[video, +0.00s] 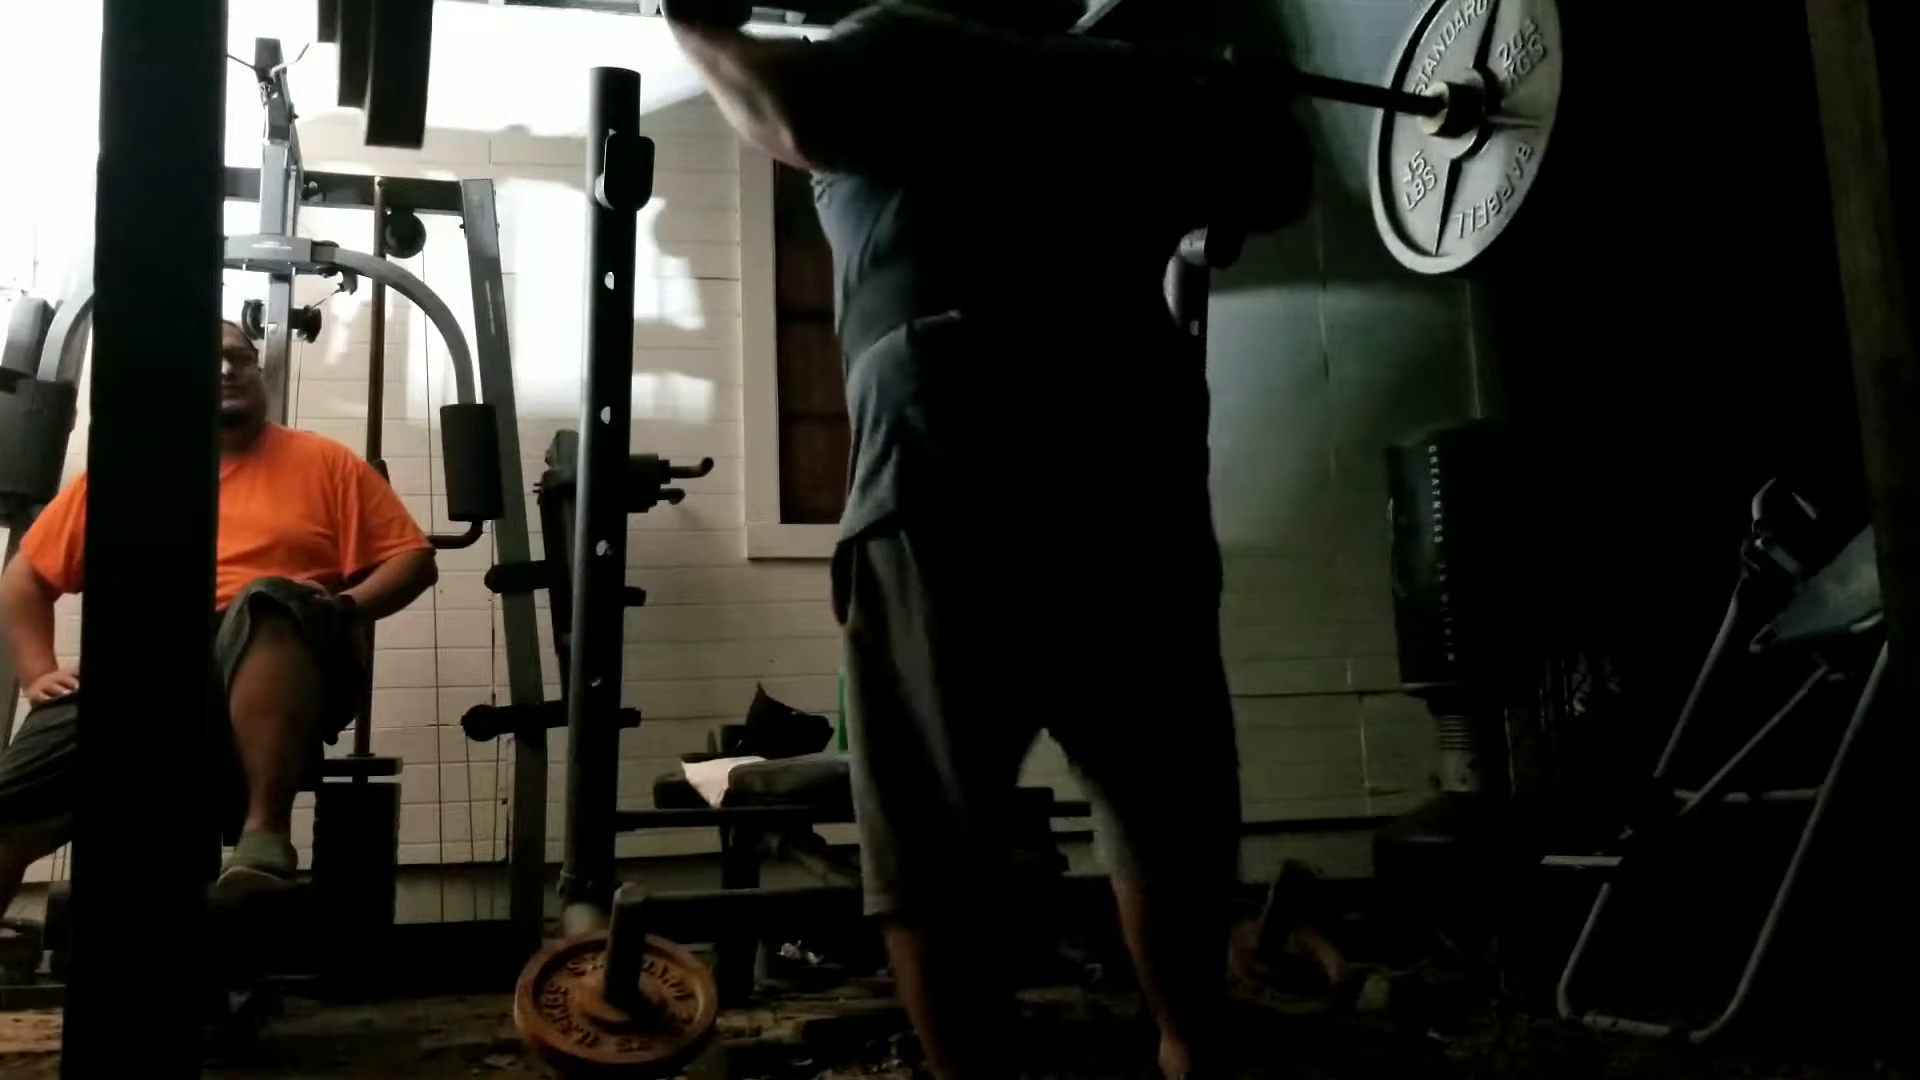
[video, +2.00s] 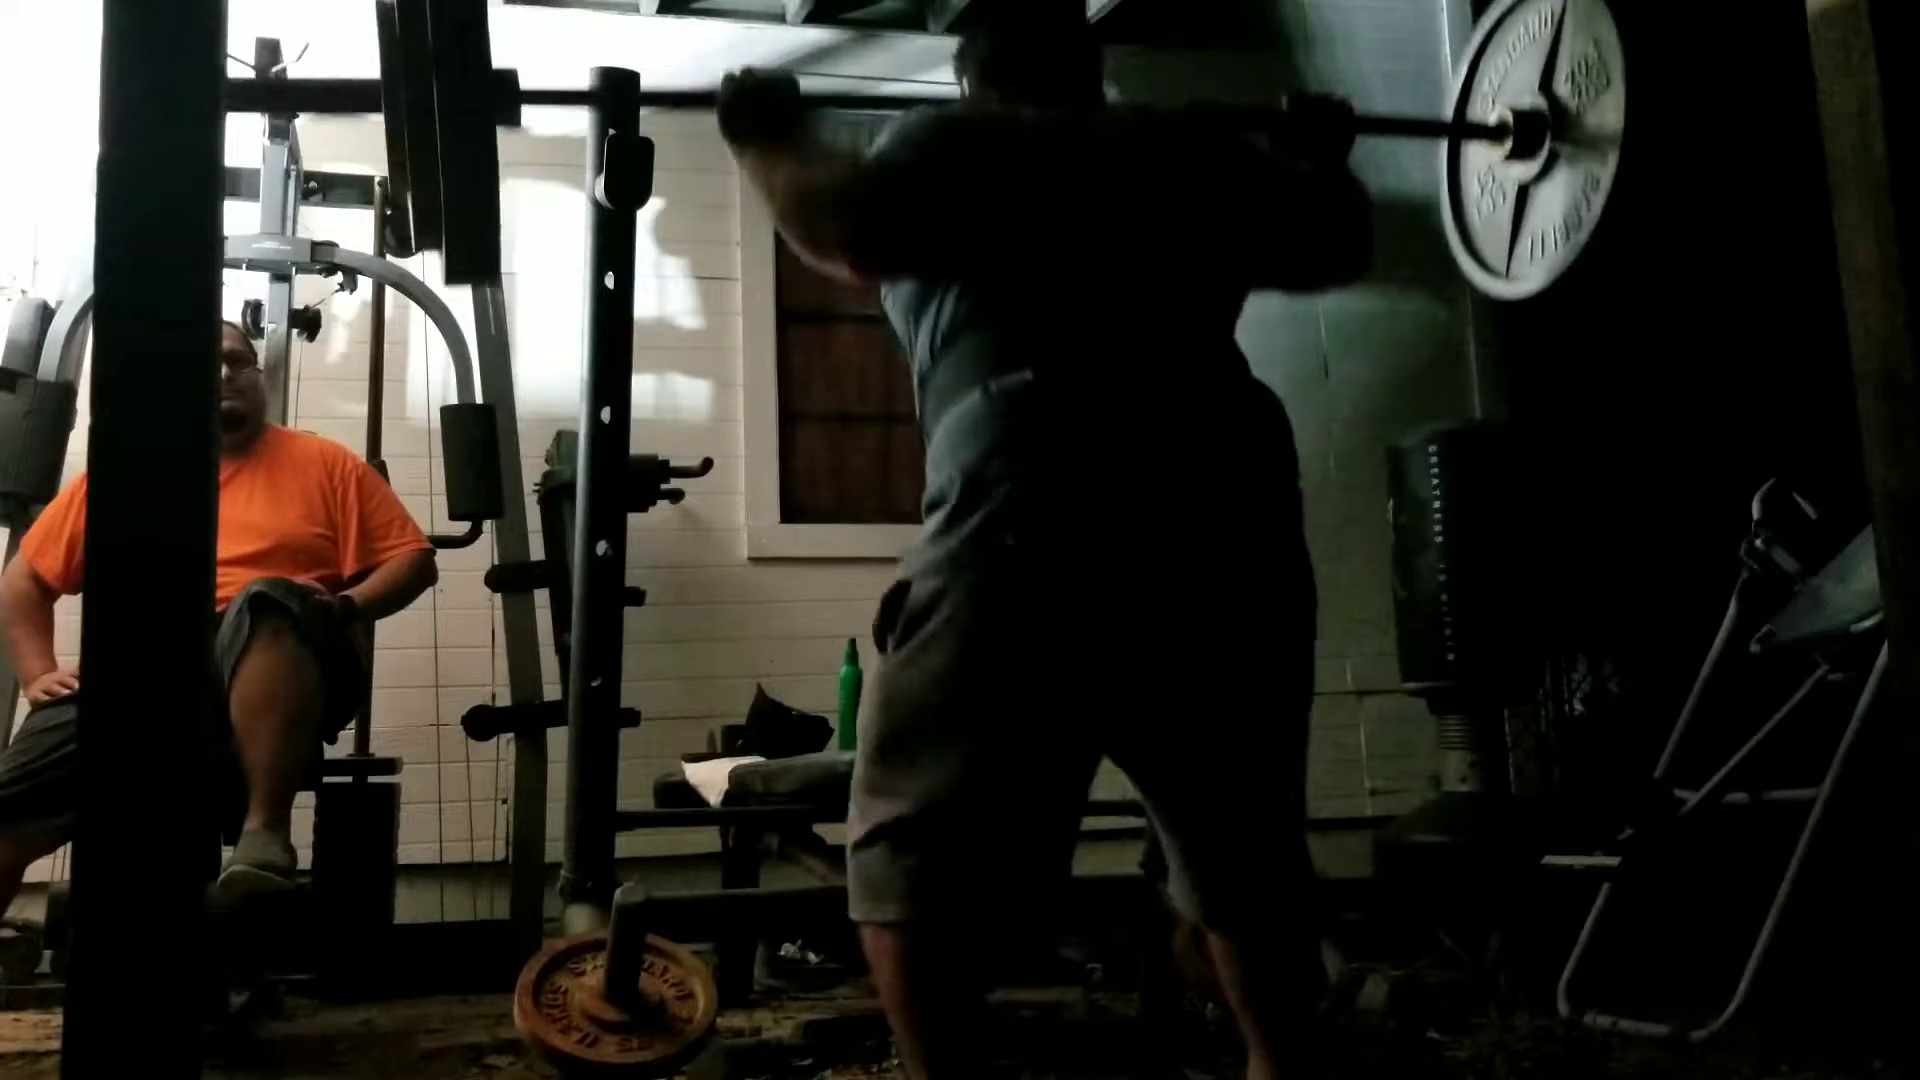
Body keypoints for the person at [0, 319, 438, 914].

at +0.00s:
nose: (228, 370)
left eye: (240, 358)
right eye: (211, 360)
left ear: (263, 374)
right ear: (185, 378)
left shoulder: (325, 463)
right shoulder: (133, 466)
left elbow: (414, 558)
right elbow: (24, 575)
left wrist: (347, 603)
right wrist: (37, 670)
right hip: (144, 666)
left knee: (272, 603)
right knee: (13, 805)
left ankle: (265, 830)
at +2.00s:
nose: (225, 374)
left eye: (238, 361)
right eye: (209, 362)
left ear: (263, 377)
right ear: (184, 379)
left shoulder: (325, 464)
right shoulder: (130, 468)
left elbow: (413, 558)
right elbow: (24, 575)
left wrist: (349, 603)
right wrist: (38, 671)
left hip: (283, 667)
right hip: (143, 666)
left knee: (272, 604)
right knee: (10, 817)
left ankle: (264, 830)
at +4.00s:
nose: (224, 377)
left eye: (237, 363)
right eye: (208, 364)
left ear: (262, 377)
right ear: (183, 380)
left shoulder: (324, 464)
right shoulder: (131, 468)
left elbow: (414, 559)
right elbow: (24, 575)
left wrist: (346, 604)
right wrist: (37, 672)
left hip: (285, 669)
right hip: (143, 666)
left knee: (272, 604)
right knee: (10, 810)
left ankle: (265, 829)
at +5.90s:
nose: (225, 376)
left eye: (238, 362)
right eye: (209, 363)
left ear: (264, 377)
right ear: (184, 378)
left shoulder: (324, 464)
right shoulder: (131, 467)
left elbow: (415, 560)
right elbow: (24, 576)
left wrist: (345, 605)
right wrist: (37, 671)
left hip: (286, 671)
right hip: (143, 669)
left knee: (274, 604)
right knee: (7, 815)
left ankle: (265, 829)